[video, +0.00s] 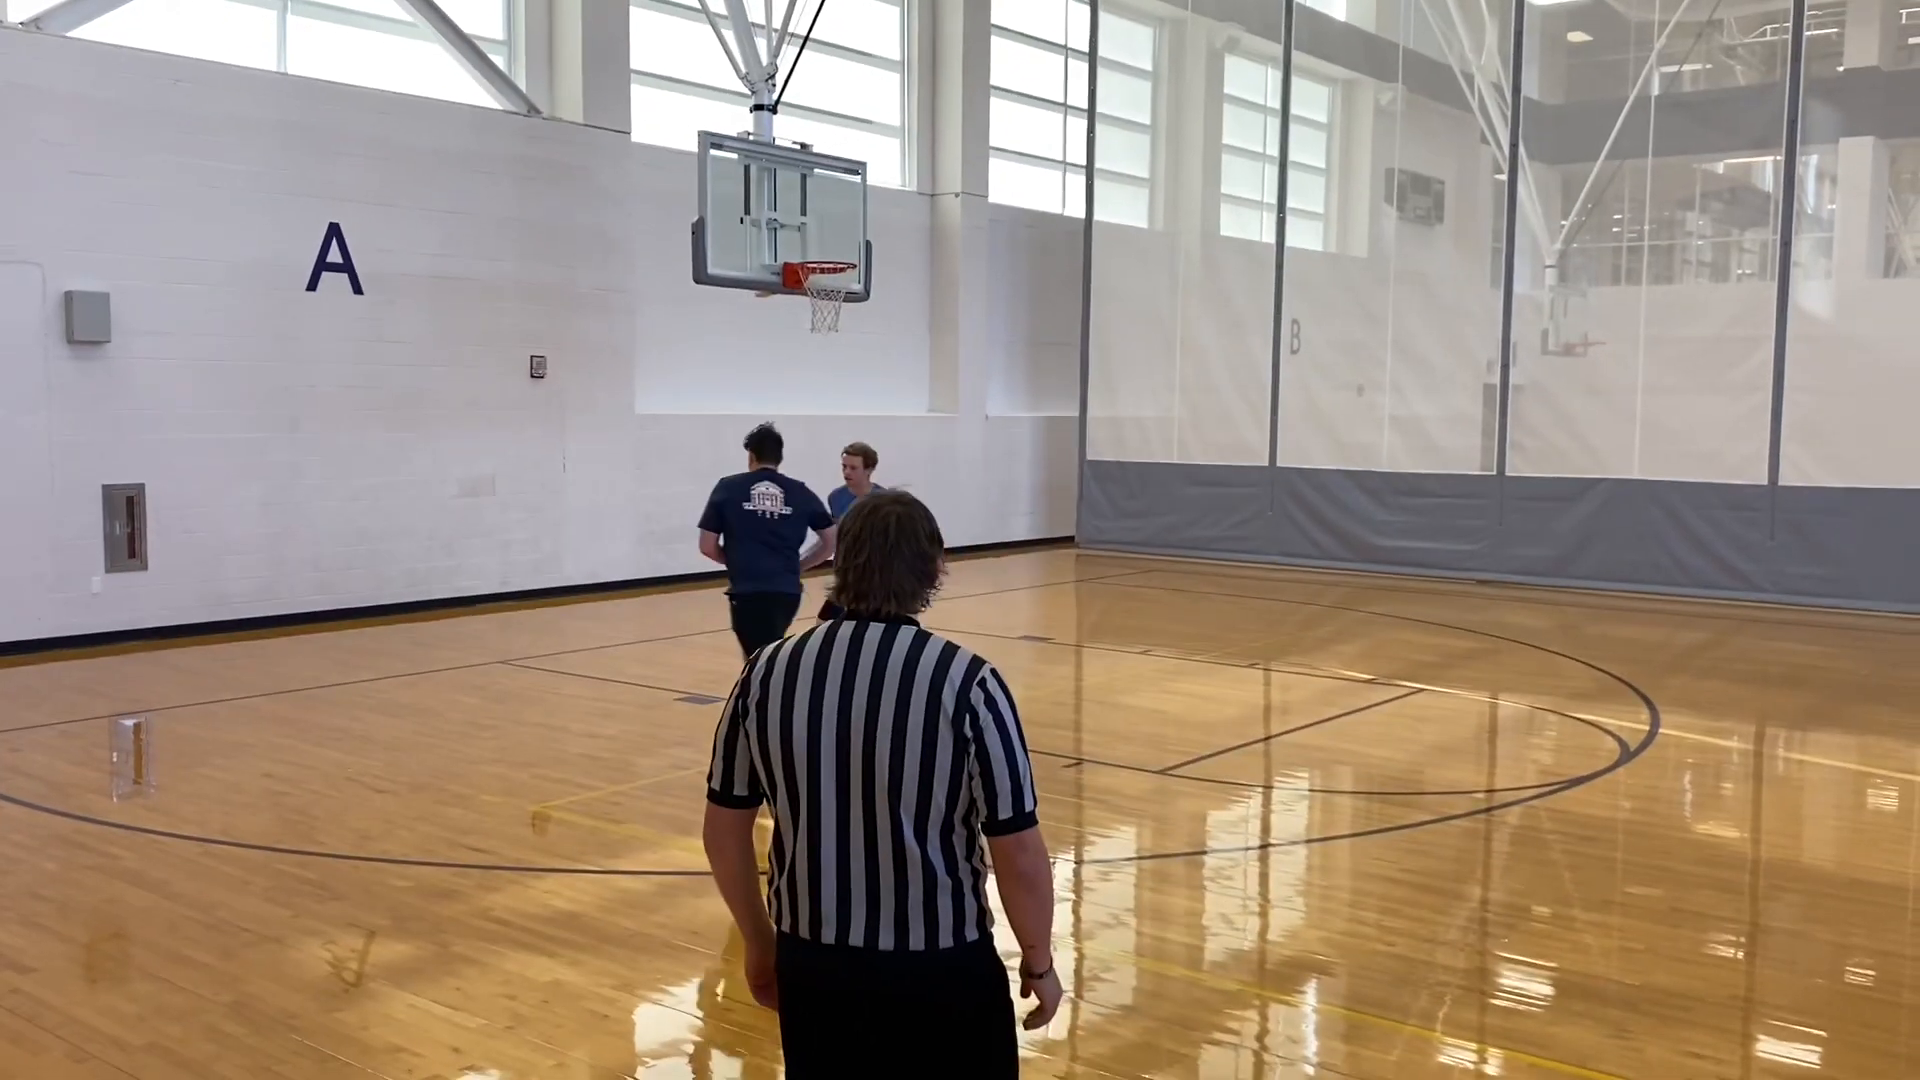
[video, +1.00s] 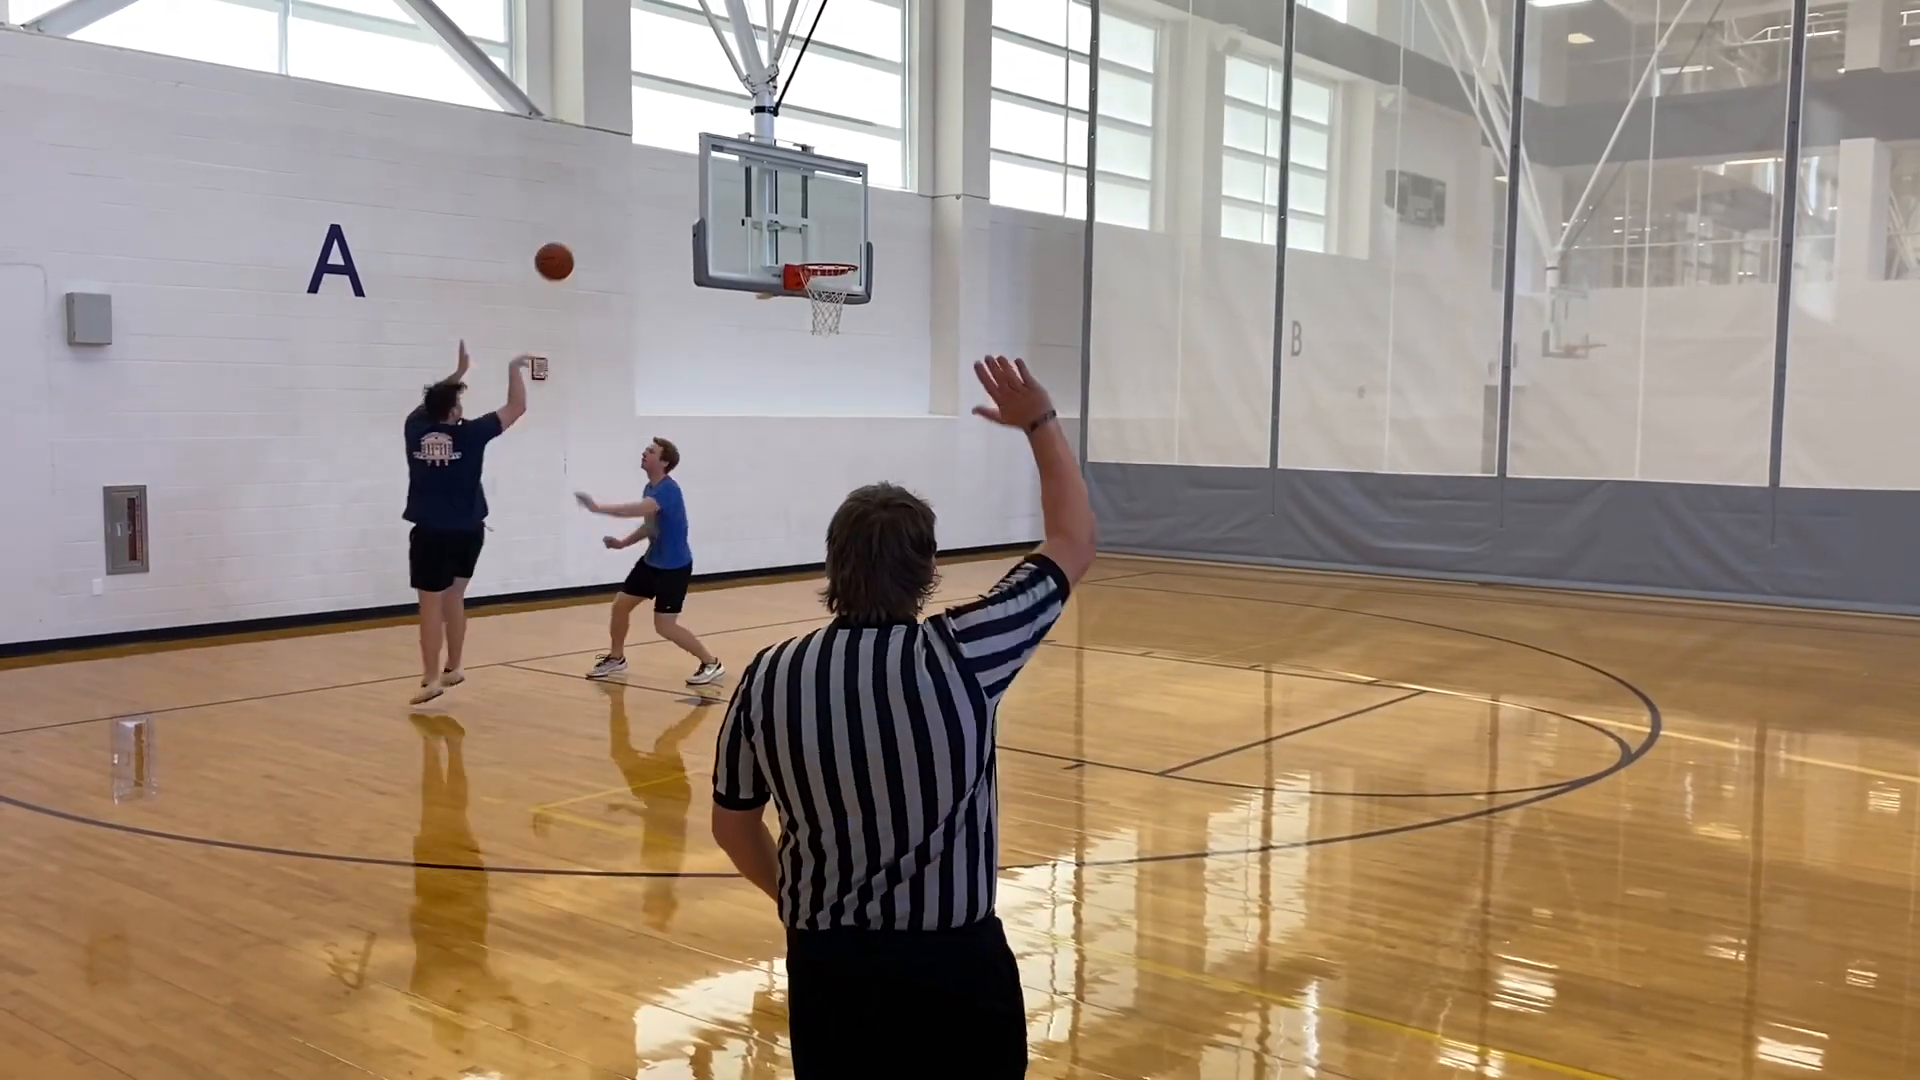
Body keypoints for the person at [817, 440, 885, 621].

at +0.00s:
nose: (846, 473)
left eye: (853, 468)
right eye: (844, 467)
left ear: (869, 470)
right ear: (840, 466)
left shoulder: (884, 498)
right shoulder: (835, 498)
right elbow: (838, 533)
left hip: (879, 569)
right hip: (847, 570)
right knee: (824, 620)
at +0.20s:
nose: (796, 461)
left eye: (801, 456)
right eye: (794, 455)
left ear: (818, 458)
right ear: (792, 455)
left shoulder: (837, 490)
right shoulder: (794, 481)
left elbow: (854, 529)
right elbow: (793, 504)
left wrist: (848, 570)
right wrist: (764, 520)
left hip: (831, 572)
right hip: (804, 571)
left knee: (832, 630)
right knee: (791, 625)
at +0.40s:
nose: (761, 459)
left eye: (767, 455)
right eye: (760, 454)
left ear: (784, 457)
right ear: (760, 454)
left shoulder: (798, 487)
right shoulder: (769, 486)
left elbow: (826, 522)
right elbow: (775, 525)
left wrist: (814, 550)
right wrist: (754, 543)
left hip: (805, 569)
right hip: (776, 565)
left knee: (795, 627)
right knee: (749, 610)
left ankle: (802, 675)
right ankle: (759, 663)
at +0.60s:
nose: (722, 464)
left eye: (727, 460)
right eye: (722, 459)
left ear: (743, 465)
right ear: (727, 463)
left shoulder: (754, 496)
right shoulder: (727, 491)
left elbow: (778, 534)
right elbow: (731, 531)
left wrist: (759, 558)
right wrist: (711, 550)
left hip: (759, 575)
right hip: (735, 572)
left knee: (769, 632)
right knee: (730, 620)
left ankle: (811, 654)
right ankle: (751, 666)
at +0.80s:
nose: (681, 442)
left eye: (686, 439)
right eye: (682, 438)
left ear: (702, 446)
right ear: (693, 445)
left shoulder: (709, 475)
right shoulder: (687, 472)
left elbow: (714, 519)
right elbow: (693, 511)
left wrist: (690, 551)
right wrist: (676, 534)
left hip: (721, 551)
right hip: (698, 549)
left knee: (705, 609)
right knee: (673, 598)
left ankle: (726, 659)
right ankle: (705, 643)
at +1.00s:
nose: (644, 454)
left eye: (651, 452)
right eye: (647, 450)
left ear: (663, 462)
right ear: (655, 461)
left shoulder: (668, 490)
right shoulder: (650, 489)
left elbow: (637, 509)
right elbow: (649, 527)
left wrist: (598, 508)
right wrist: (623, 543)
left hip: (675, 567)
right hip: (652, 562)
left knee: (665, 625)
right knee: (621, 606)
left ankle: (711, 664)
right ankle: (616, 659)